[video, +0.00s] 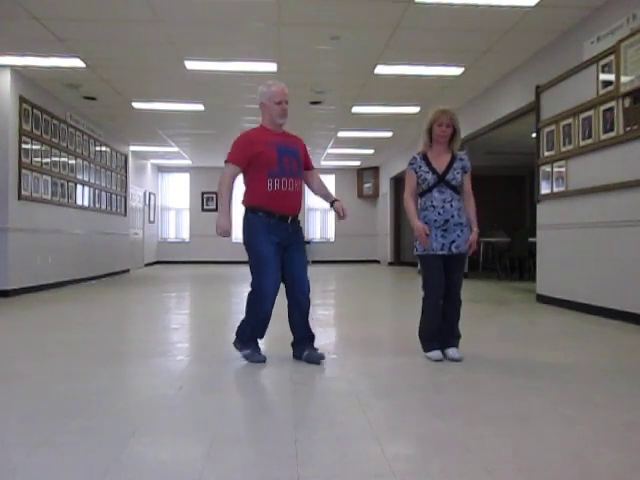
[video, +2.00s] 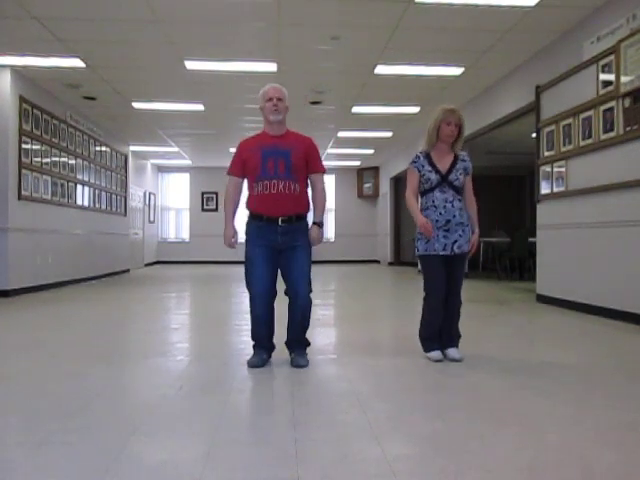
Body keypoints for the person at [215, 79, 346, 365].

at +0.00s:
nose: (285, 107)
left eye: (287, 103)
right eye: (279, 103)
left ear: (288, 105)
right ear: (263, 106)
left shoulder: (296, 143)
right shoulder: (249, 140)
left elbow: (312, 179)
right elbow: (228, 176)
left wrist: (333, 200)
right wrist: (224, 215)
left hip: (291, 224)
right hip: (260, 222)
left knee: (299, 287)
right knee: (267, 284)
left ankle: (303, 346)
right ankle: (246, 339)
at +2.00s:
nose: (274, 103)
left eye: (279, 99)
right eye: (269, 99)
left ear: (288, 106)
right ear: (261, 107)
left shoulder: (305, 144)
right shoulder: (247, 146)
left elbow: (318, 186)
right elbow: (234, 186)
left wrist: (317, 223)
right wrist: (229, 223)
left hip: (296, 228)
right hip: (260, 229)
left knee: (300, 292)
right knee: (260, 293)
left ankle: (298, 347)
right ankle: (261, 348)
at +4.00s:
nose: (263, 99)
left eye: (268, 95)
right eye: (257, 96)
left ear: (276, 103)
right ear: (249, 105)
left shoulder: (294, 140)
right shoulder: (235, 143)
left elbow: (306, 180)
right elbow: (224, 183)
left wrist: (299, 214)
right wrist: (223, 221)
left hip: (286, 223)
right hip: (251, 223)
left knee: (285, 291)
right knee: (251, 288)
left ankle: (277, 349)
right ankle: (248, 346)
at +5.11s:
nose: (270, 97)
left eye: (275, 93)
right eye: (265, 94)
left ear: (285, 102)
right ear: (258, 102)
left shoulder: (301, 139)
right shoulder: (243, 139)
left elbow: (313, 179)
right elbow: (229, 178)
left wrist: (311, 213)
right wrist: (232, 215)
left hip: (293, 221)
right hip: (258, 220)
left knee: (289, 288)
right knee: (262, 285)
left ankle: (277, 348)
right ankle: (257, 348)